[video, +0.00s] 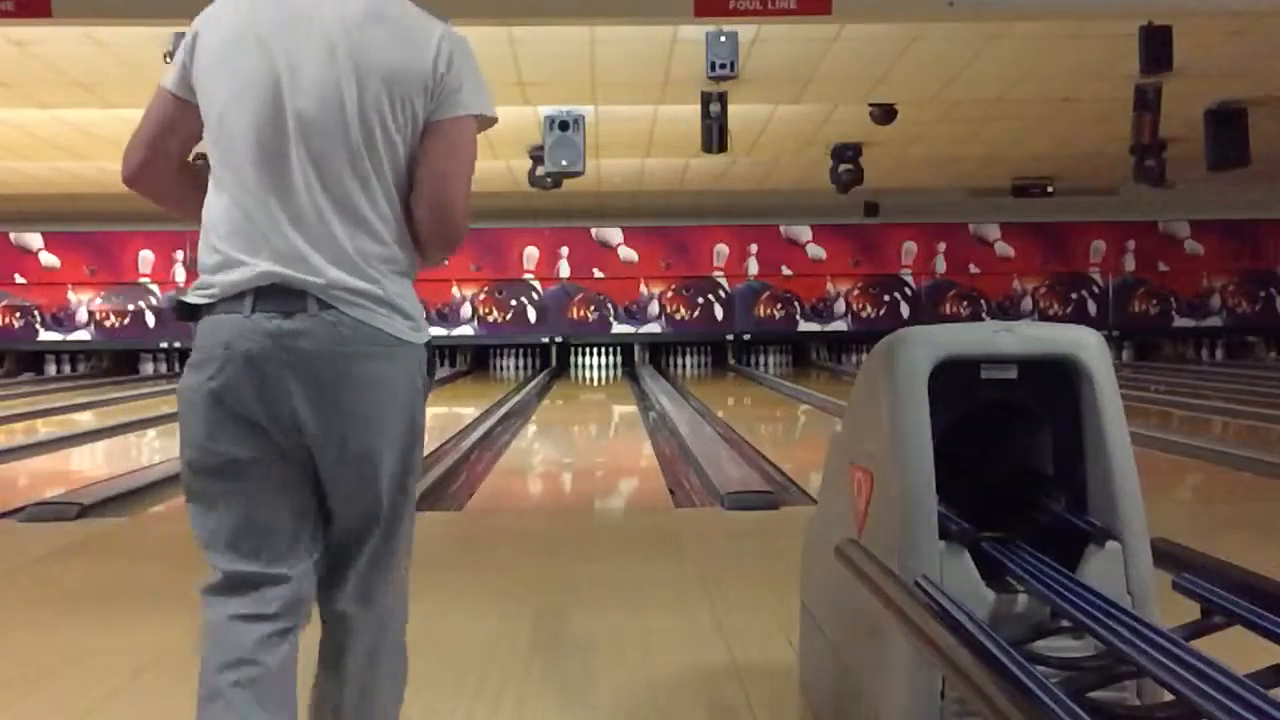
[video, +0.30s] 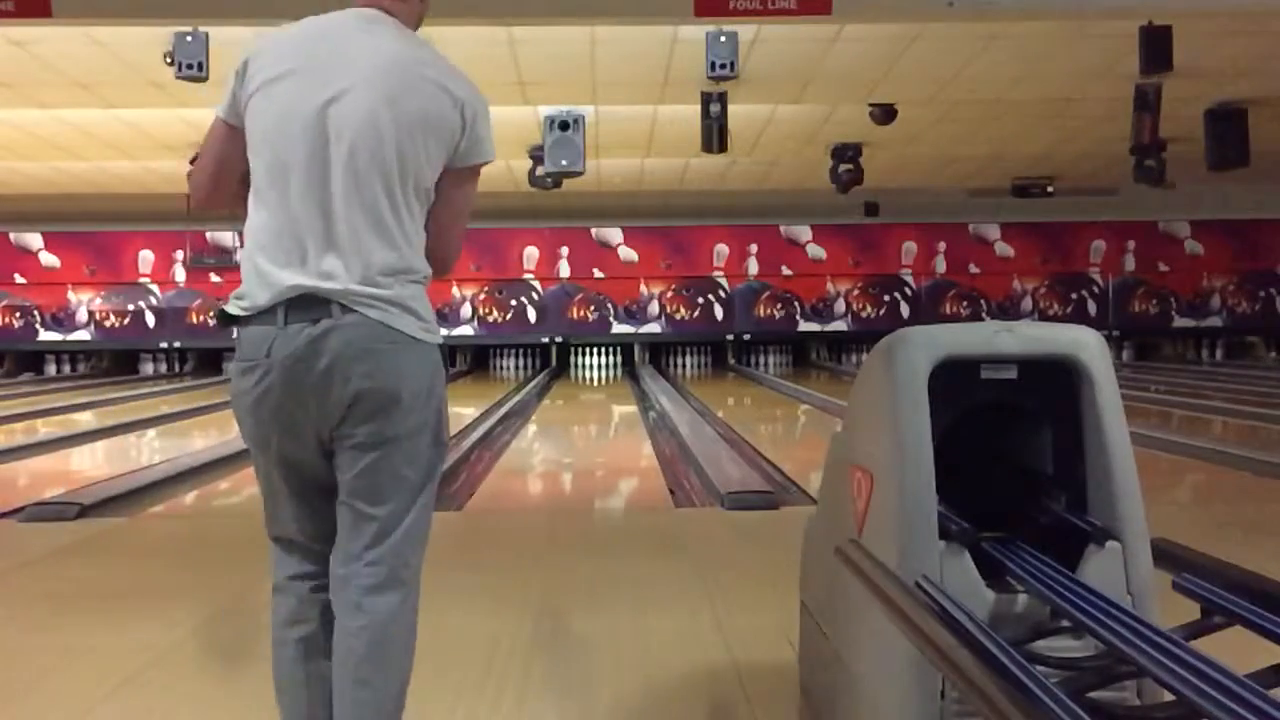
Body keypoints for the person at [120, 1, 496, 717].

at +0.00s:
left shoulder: (224, 20)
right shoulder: (438, 43)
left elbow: (149, 164)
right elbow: (439, 227)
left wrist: (244, 206)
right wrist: (370, 239)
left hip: (232, 336)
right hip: (368, 343)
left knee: (248, 594)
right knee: (365, 593)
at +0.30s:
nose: (426, 16)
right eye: (428, 12)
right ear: (418, 8)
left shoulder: (266, 56)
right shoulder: (453, 90)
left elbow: (207, 193)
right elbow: (440, 250)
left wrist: (292, 191)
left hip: (270, 347)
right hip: (389, 346)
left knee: (299, 560)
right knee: (376, 572)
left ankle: (306, 715)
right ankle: (363, 715)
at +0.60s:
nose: (444, 63)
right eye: (447, 53)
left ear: (373, 37)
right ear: (441, 52)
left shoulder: (302, 97)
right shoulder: (453, 137)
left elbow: (299, 196)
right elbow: (437, 266)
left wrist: (426, 226)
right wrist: (459, 241)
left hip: (272, 341)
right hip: (378, 346)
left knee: (308, 544)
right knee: (393, 510)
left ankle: (333, 710)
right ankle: (397, 678)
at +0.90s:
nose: (469, 142)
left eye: (469, 132)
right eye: (474, 132)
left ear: (411, 118)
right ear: (470, 130)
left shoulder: (354, 171)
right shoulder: (462, 195)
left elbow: (360, 277)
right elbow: (481, 314)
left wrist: (434, 344)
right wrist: (482, 402)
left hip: (291, 364)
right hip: (377, 370)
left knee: (330, 514)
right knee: (400, 516)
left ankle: (322, 652)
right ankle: (399, 670)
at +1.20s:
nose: (508, 179)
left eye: (504, 170)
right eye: (509, 171)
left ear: (459, 159)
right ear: (504, 168)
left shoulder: (423, 195)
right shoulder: (481, 190)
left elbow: (386, 266)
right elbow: (451, 238)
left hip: (330, 330)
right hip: (386, 330)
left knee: (355, 464)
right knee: (405, 475)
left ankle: (358, 608)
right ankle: (393, 634)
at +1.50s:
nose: (534, 252)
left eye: (537, 244)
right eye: (536, 242)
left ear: (509, 217)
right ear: (530, 231)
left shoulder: (464, 249)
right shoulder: (506, 232)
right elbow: (477, 197)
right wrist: (445, 157)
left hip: (372, 348)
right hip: (429, 347)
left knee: (408, 464)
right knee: (453, 459)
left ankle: (370, 564)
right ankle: (430, 580)